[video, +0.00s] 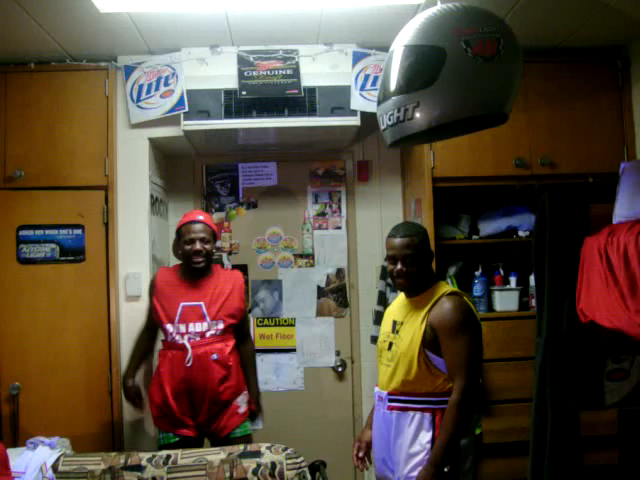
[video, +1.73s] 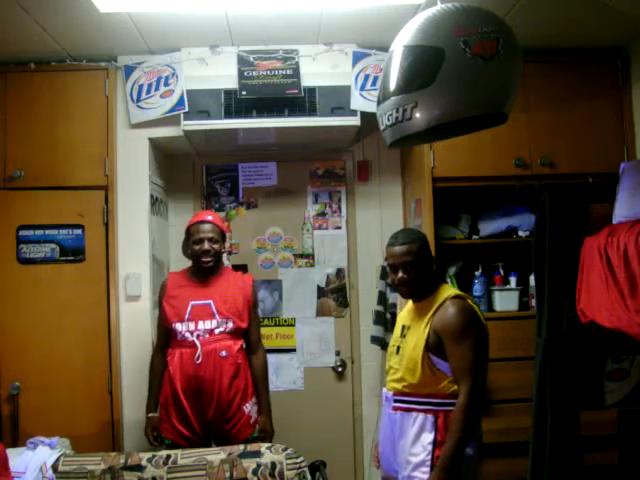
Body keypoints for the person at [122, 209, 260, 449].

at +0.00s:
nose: (197, 248)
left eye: (204, 241)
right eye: (189, 242)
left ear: (214, 245)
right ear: (177, 247)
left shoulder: (233, 280)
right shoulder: (162, 280)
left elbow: (243, 339)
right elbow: (150, 331)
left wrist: (253, 393)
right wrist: (129, 375)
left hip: (226, 399)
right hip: (175, 401)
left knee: (240, 472)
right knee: (175, 477)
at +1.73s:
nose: (206, 248)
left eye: (213, 241)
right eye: (198, 242)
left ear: (224, 245)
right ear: (187, 247)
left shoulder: (243, 284)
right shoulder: (171, 286)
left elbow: (256, 350)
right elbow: (161, 349)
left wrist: (265, 413)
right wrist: (152, 410)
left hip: (234, 411)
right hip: (181, 411)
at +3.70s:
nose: (187, 240)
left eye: (194, 234)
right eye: (180, 236)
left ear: (211, 241)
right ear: (176, 247)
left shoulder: (237, 287)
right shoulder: (166, 290)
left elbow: (251, 354)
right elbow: (160, 355)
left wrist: (246, 415)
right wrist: (157, 418)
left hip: (225, 416)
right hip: (176, 417)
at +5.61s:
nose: (187, 242)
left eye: (195, 235)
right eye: (180, 238)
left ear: (211, 242)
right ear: (176, 248)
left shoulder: (237, 288)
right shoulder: (167, 290)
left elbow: (251, 355)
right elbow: (160, 355)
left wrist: (246, 417)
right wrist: (157, 419)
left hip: (225, 416)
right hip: (176, 416)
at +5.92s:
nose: (187, 241)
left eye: (195, 235)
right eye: (180, 238)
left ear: (211, 242)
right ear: (176, 248)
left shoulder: (237, 288)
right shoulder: (167, 290)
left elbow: (251, 355)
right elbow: (160, 355)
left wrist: (246, 417)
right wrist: (157, 419)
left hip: (225, 416)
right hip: (176, 416)